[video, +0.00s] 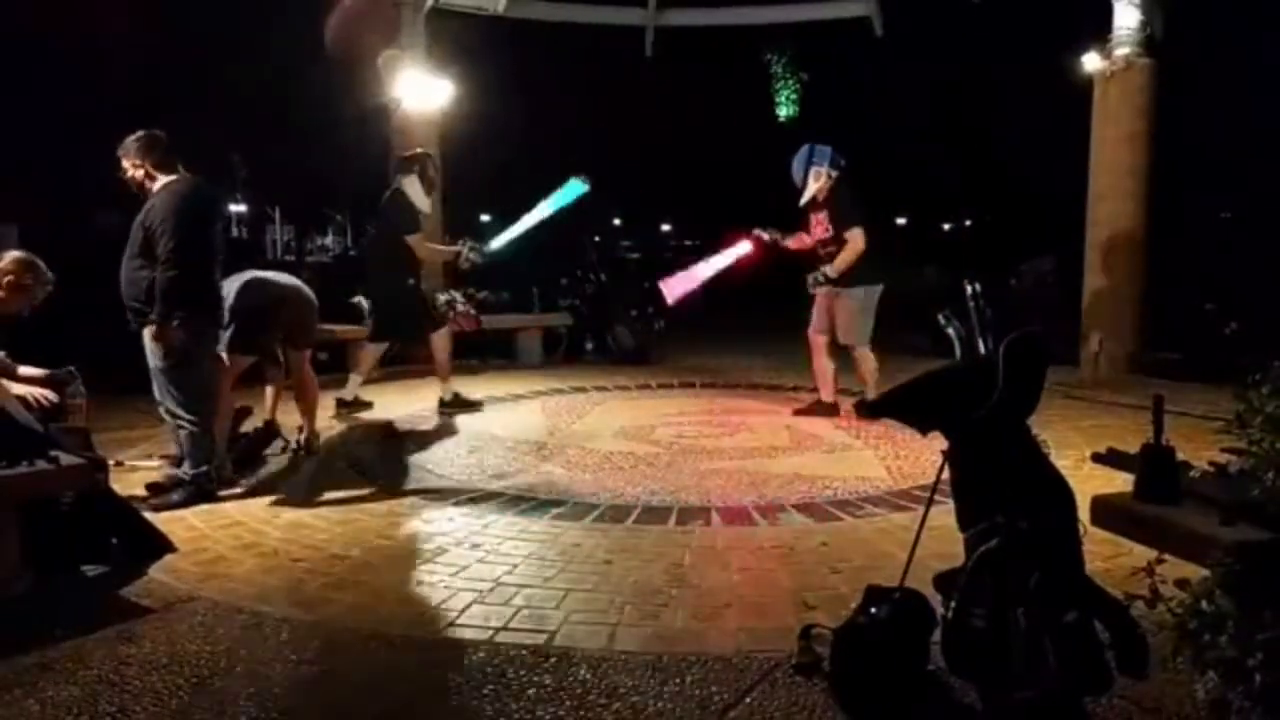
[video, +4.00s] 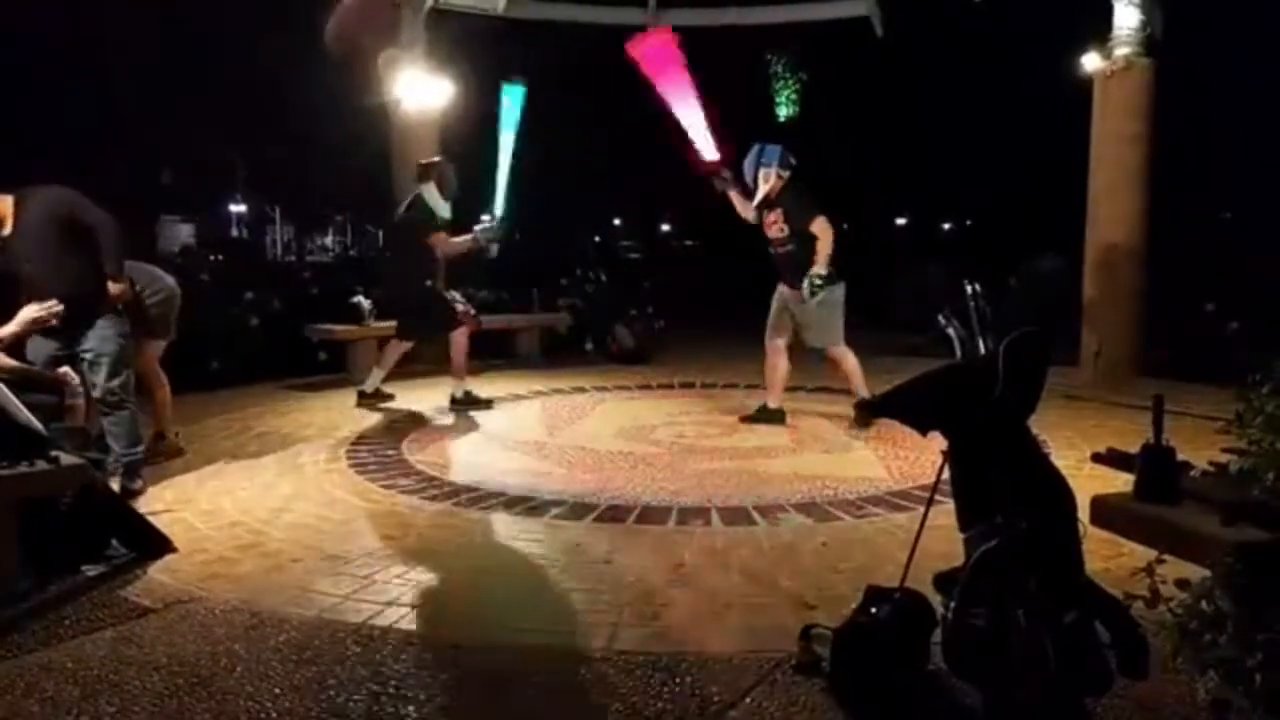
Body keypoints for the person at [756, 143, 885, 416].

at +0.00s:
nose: (808, 185)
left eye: (811, 178)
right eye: (807, 179)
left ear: (823, 174)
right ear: (810, 176)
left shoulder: (843, 198)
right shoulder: (814, 204)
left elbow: (857, 242)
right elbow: (810, 240)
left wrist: (829, 272)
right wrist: (779, 240)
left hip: (859, 280)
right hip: (830, 280)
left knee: (856, 343)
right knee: (818, 335)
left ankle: (872, 397)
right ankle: (826, 399)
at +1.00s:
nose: (784, 189)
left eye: (790, 182)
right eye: (781, 183)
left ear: (802, 180)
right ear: (776, 182)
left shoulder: (821, 208)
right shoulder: (778, 215)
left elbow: (835, 254)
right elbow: (770, 258)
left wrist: (805, 282)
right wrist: (751, 292)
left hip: (825, 286)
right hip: (790, 287)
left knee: (817, 348)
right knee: (773, 340)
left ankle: (847, 414)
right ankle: (763, 400)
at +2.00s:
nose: (843, 182)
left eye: (847, 175)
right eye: (840, 175)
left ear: (857, 173)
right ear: (836, 173)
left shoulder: (874, 198)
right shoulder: (842, 202)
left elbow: (880, 242)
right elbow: (848, 244)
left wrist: (841, 264)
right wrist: (835, 270)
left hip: (888, 283)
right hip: (855, 282)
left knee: (893, 344)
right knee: (844, 339)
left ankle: (924, 398)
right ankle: (848, 399)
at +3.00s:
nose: (803, 186)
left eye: (808, 179)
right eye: (802, 180)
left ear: (821, 178)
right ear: (802, 179)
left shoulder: (841, 206)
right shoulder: (806, 211)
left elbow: (857, 253)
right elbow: (771, 236)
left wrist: (819, 277)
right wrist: (732, 227)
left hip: (853, 287)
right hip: (832, 288)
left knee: (823, 352)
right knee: (814, 350)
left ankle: (843, 427)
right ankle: (831, 404)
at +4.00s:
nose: (760, 182)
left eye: (764, 175)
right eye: (758, 176)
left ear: (777, 174)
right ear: (758, 175)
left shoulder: (795, 200)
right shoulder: (766, 201)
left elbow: (825, 232)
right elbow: (748, 214)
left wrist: (819, 269)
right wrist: (730, 190)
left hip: (819, 287)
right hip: (787, 288)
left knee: (835, 348)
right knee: (775, 343)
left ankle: (863, 400)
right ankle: (773, 406)